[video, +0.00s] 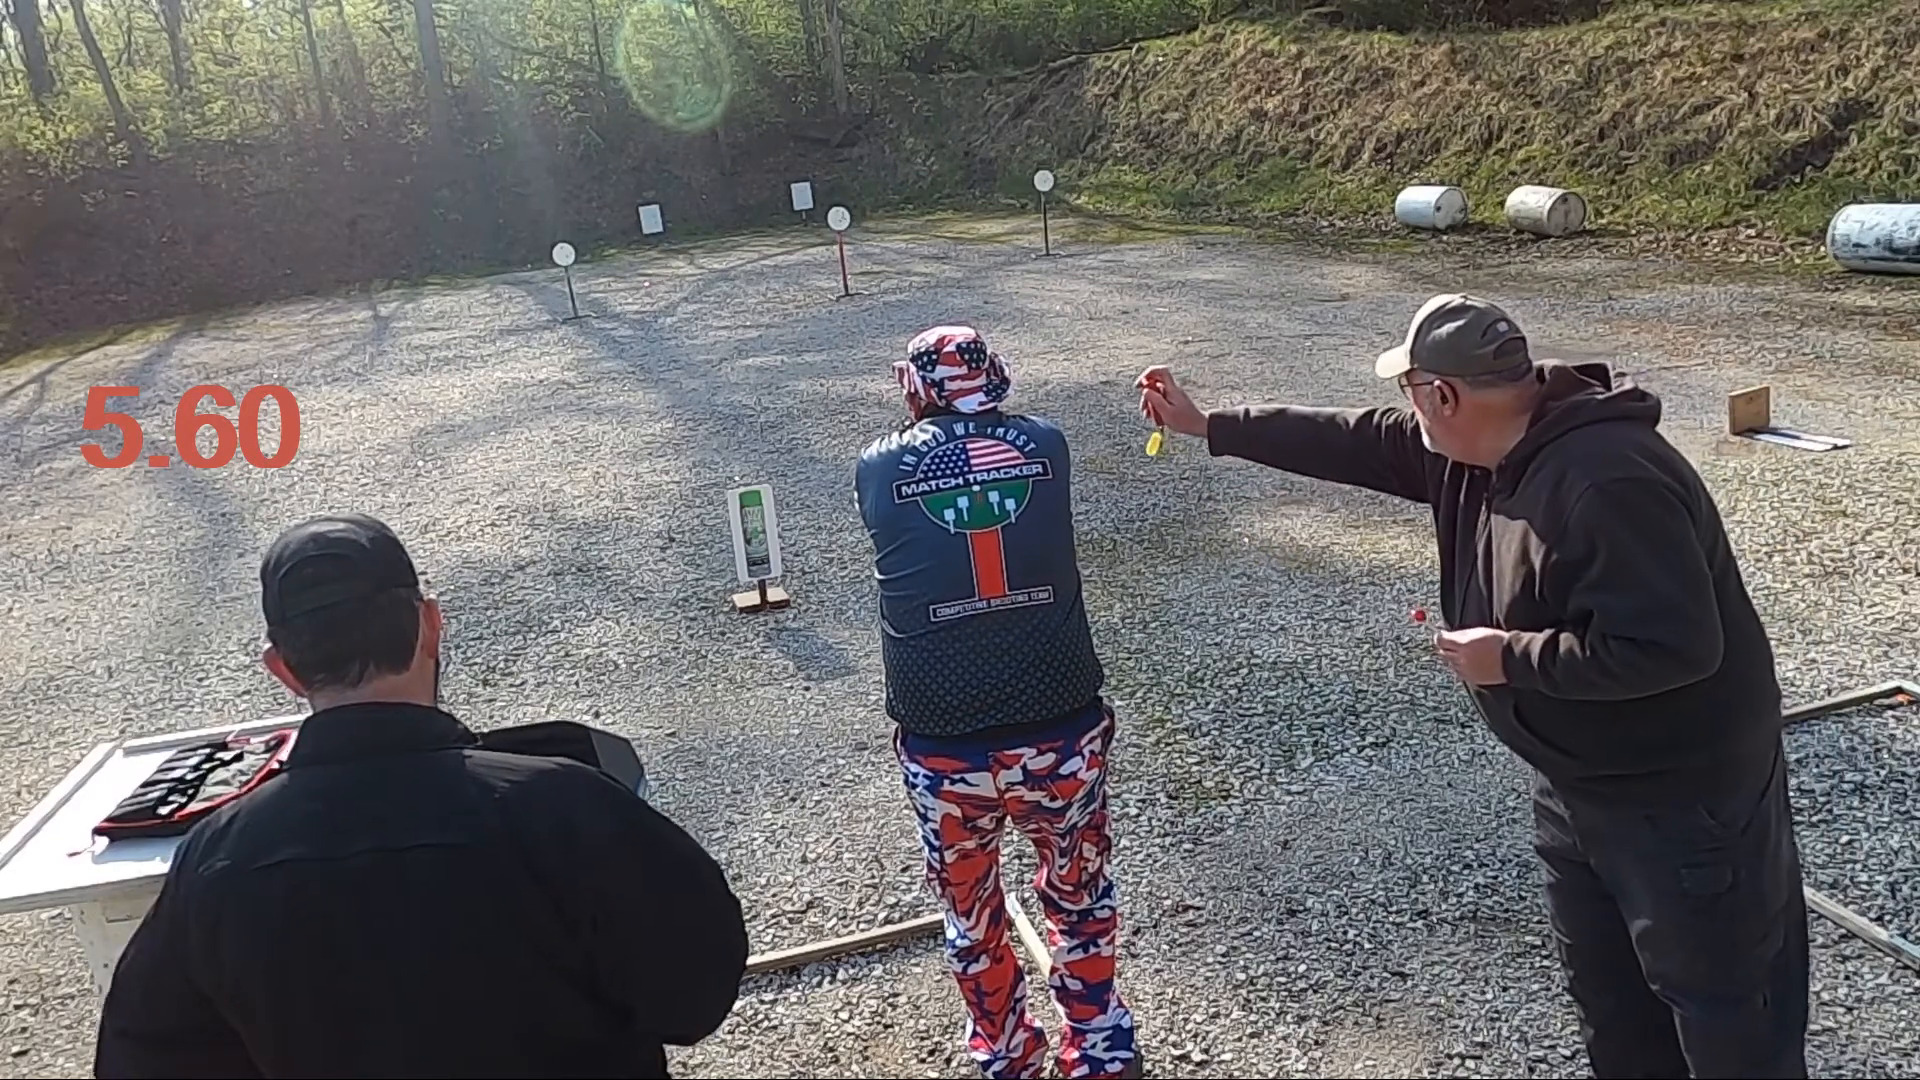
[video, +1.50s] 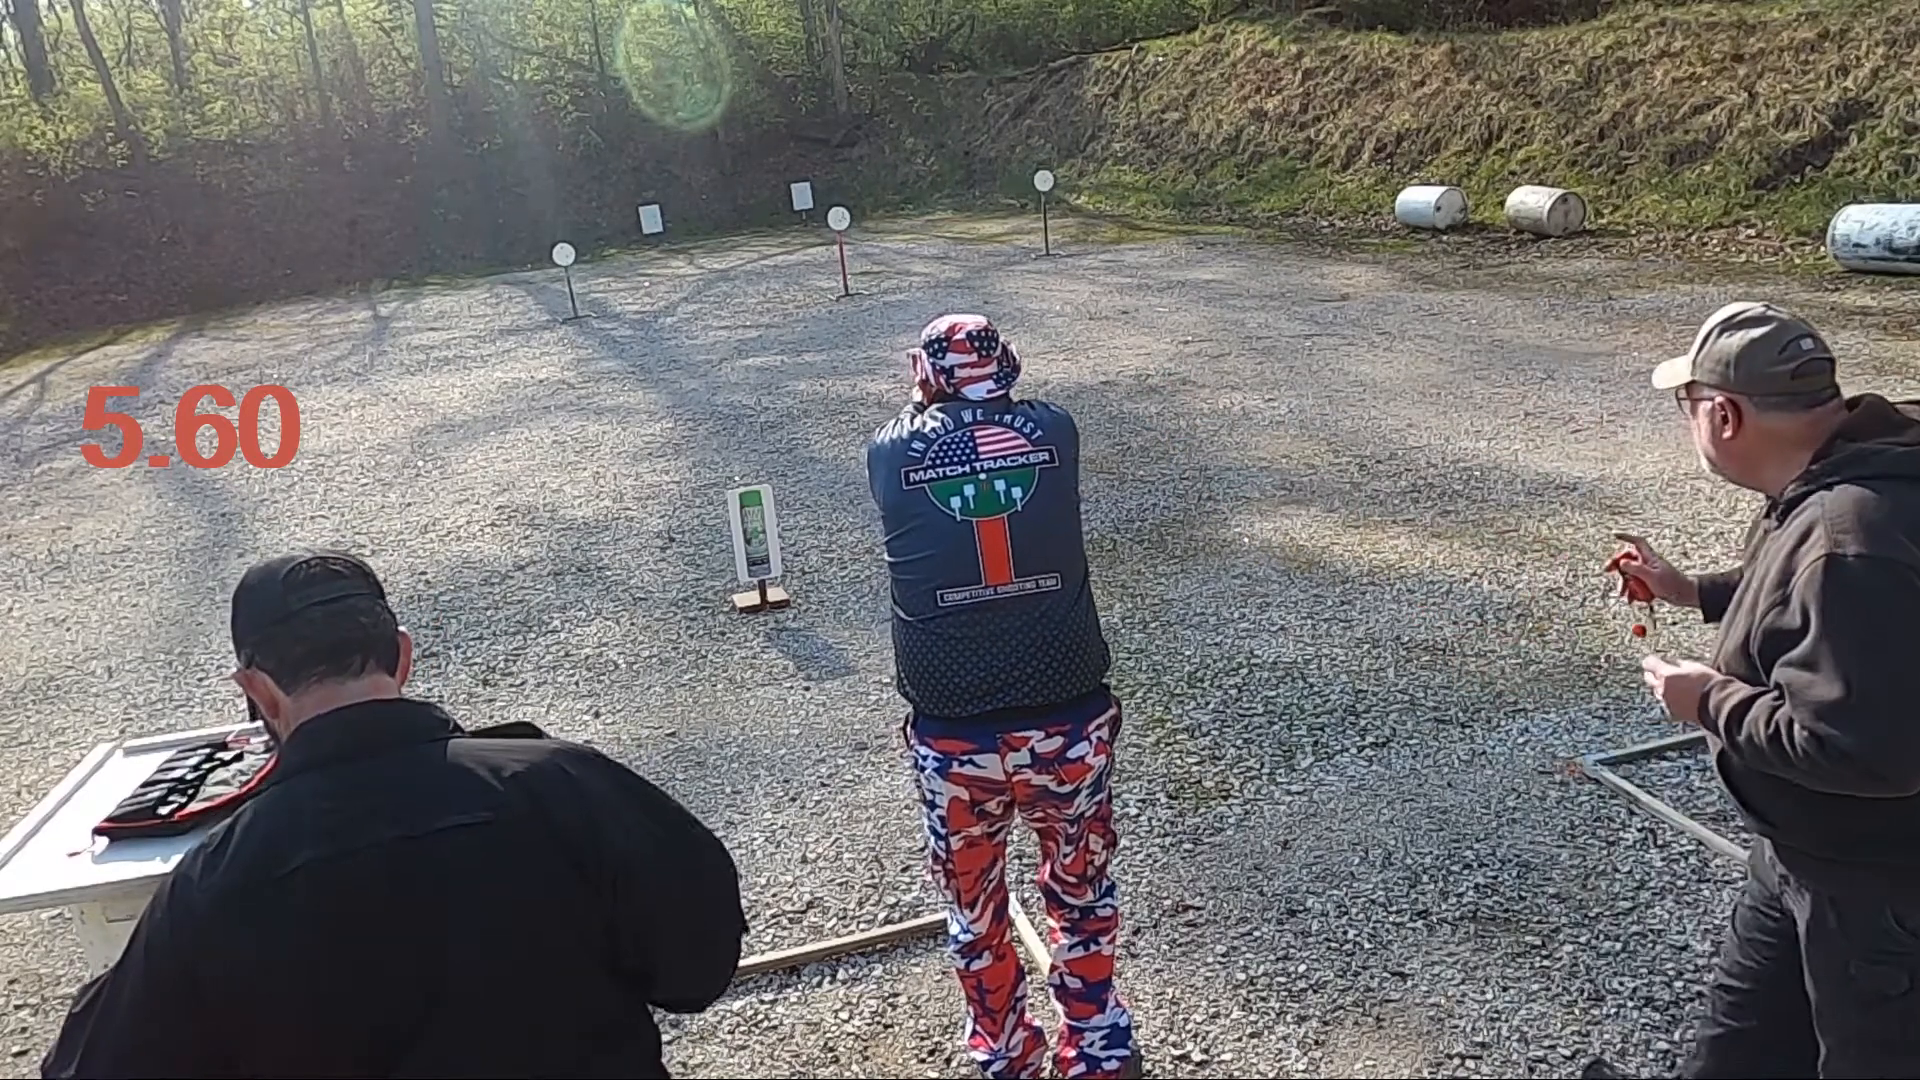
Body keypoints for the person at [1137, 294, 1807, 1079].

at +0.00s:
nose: (1409, 408)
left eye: (1410, 393)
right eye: (1407, 394)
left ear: (1446, 397)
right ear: (1478, 387)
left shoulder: (1610, 485)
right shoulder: (1472, 457)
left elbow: (1675, 648)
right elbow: (1355, 442)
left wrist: (1511, 656)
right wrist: (1207, 424)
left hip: (1692, 805)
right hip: (1582, 794)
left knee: (1730, 1032)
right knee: (1619, 1025)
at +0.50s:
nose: (1440, 401)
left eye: (1440, 386)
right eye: (1439, 386)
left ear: (1470, 393)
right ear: (1535, 373)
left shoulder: (1619, 482)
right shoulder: (1522, 462)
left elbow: (1682, 647)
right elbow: (1434, 495)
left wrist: (1521, 655)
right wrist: (1306, 488)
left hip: (1716, 811)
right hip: (1607, 797)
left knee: (1765, 1048)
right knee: (1633, 1036)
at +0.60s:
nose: (1457, 408)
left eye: (1455, 391)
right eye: (1453, 392)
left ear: (1483, 397)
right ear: (1549, 375)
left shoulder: (1629, 491)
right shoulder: (1558, 466)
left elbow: (1682, 658)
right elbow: (1496, 529)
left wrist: (1527, 659)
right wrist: (1365, 520)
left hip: (1725, 815)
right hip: (1621, 800)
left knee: (1784, 1050)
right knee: (1638, 1036)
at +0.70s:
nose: (1478, 412)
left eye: (1476, 395)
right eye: (1475, 395)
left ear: (1504, 400)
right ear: (1577, 374)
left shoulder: (1638, 498)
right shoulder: (1589, 463)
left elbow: (1693, 674)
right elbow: (1550, 553)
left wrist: (1538, 665)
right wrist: (1431, 551)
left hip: (1742, 826)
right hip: (1637, 807)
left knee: (1801, 1051)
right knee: (1642, 1034)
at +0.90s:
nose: (1532, 422)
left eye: (1533, 405)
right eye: (1532, 404)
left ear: (1564, 413)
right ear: (1634, 390)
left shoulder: (1696, 520)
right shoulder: (1657, 470)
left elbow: (1740, 705)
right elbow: (1647, 587)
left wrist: (1585, 687)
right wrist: (1537, 579)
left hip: (1791, 848)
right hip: (1681, 819)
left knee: (1829, 1062)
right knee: (1657, 1038)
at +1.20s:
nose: (1611, 426)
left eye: (1612, 409)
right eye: (1608, 409)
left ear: (1649, 416)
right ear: (1728, 392)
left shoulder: (1795, 531)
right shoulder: (1733, 488)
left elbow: (1838, 725)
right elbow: (1715, 603)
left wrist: (1666, 701)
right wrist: (1600, 593)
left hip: (1842, 881)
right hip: (1747, 855)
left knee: (1855, 1064)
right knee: (1698, 1056)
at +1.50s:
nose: (1689, 425)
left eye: (1688, 407)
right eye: (1685, 407)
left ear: (1726, 416)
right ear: (1813, 394)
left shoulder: (1851, 547)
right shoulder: (1821, 487)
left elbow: (1867, 752)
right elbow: (1792, 597)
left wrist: (1711, 702)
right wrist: (1686, 590)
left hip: (1868, 889)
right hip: (1803, 857)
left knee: (1872, 1064)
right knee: (1731, 1056)